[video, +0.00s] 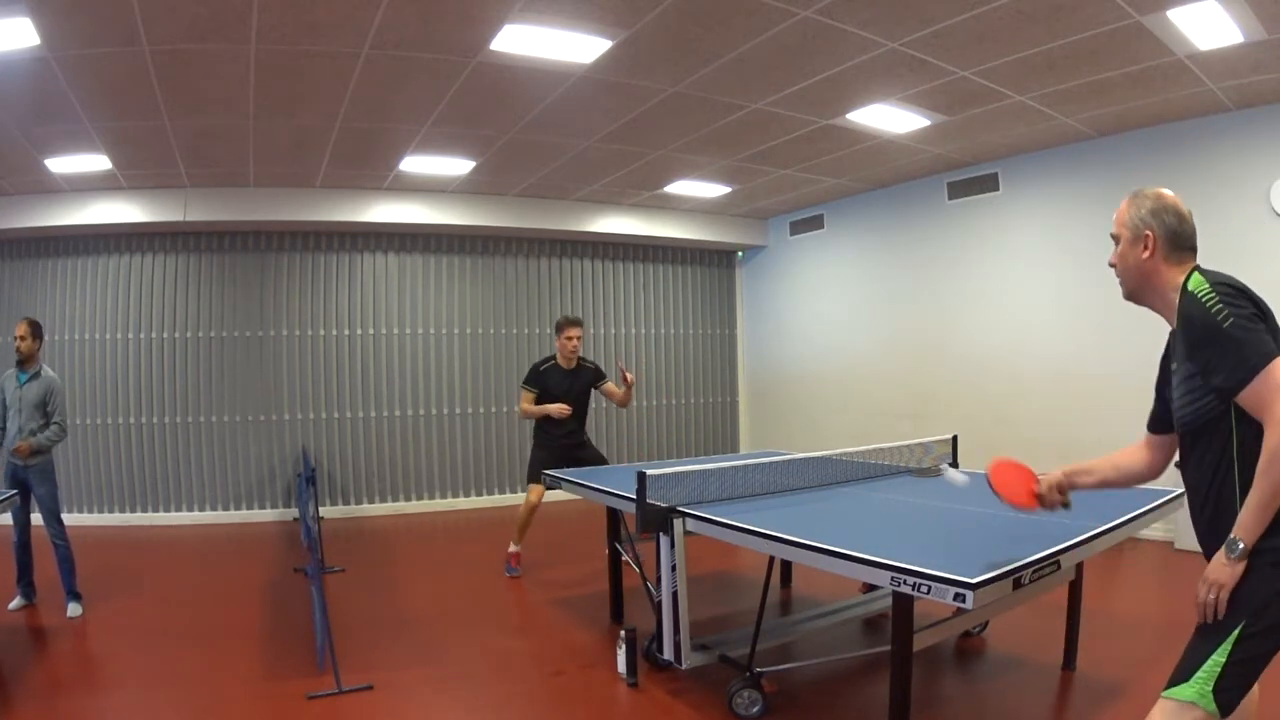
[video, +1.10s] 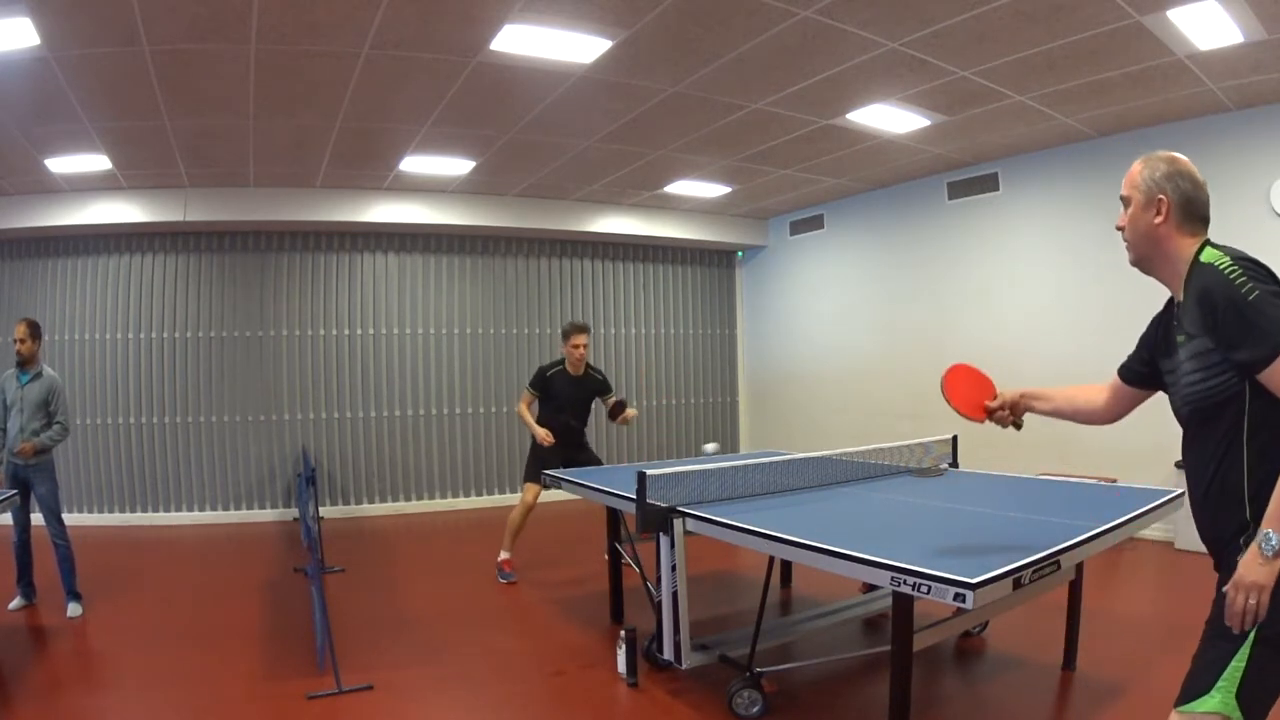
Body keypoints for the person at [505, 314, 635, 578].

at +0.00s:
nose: (575, 344)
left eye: (578, 339)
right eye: (569, 339)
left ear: (582, 341)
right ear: (557, 341)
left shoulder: (589, 370)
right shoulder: (540, 371)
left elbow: (621, 401)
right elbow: (524, 409)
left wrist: (627, 388)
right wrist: (548, 408)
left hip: (579, 444)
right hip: (546, 447)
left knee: (613, 485)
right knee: (534, 498)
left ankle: (616, 544)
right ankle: (514, 550)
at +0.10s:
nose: (578, 349)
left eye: (582, 344)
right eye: (573, 344)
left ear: (586, 346)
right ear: (561, 345)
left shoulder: (594, 376)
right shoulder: (543, 374)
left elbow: (621, 411)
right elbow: (523, 411)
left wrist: (631, 403)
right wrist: (545, 416)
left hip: (579, 448)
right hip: (546, 449)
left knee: (614, 490)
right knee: (530, 500)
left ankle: (616, 548)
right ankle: (504, 557)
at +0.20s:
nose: (586, 368)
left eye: (589, 363)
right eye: (580, 362)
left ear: (592, 364)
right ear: (567, 362)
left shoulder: (596, 394)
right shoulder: (546, 389)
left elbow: (613, 425)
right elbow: (518, 421)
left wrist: (628, 431)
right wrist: (534, 435)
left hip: (574, 455)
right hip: (543, 455)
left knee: (614, 490)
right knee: (527, 505)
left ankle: (615, 550)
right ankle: (500, 561)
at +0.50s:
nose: (611, 361)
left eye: (612, 355)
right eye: (606, 356)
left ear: (611, 356)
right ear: (588, 355)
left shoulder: (599, 389)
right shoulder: (563, 379)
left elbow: (618, 423)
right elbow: (534, 413)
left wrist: (650, 411)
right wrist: (561, 435)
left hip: (579, 450)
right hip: (551, 450)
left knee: (618, 488)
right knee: (543, 508)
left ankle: (615, 549)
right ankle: (506, 560)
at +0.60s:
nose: (599, 342)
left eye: (601, 337)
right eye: (593, 337)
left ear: (601, 340)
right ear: (577, 339)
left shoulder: (600, 372)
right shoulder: (556, 366)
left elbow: (632, 394)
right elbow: (534, 402)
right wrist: (560, 414)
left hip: (581, 444)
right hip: (550, 444)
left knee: (615, 489)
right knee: (535, 498)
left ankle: (616, 549)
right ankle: (507, 558)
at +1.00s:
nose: (576, 343)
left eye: (579, 338)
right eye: (570, 339)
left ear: (583, 341)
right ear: (558, 341)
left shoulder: (592, 372)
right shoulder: (541, 370)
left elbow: (617, 408)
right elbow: (522, 404)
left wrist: (626, 402)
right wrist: (536, 421)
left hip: (579, 445)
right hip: (547, 445)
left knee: (612, 491)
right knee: (530, 500)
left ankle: (618, 546)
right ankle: (508, 556)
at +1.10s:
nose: (581, 352)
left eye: (585, 347)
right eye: (576, 347)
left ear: (589, 347)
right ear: (564, 347)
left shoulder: (597, 379)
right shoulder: (547, 373)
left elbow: (614, 412)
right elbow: (522, 406)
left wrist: (625, 415)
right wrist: (535, 429)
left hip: (577, 447)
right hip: (546, 446)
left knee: (612, 489)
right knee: (529, 500)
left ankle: (616, 547)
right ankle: (504, 557)